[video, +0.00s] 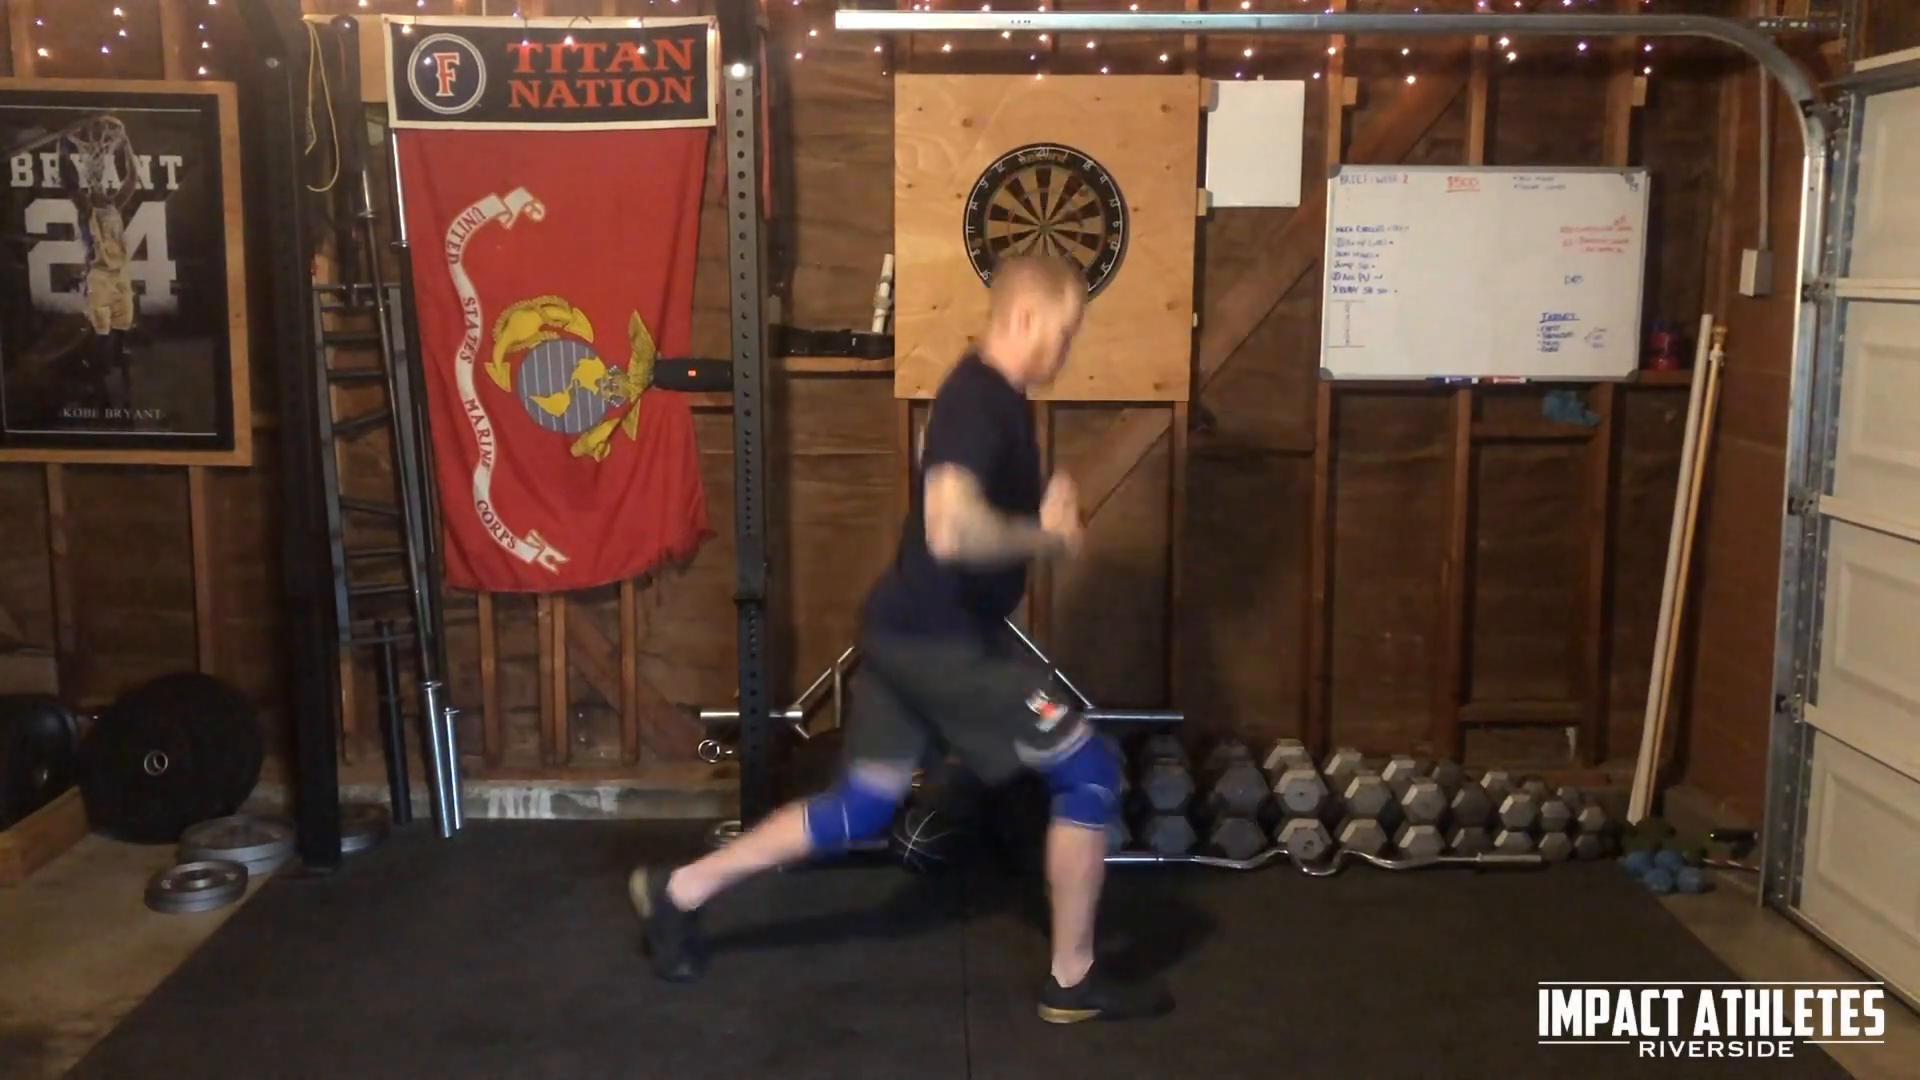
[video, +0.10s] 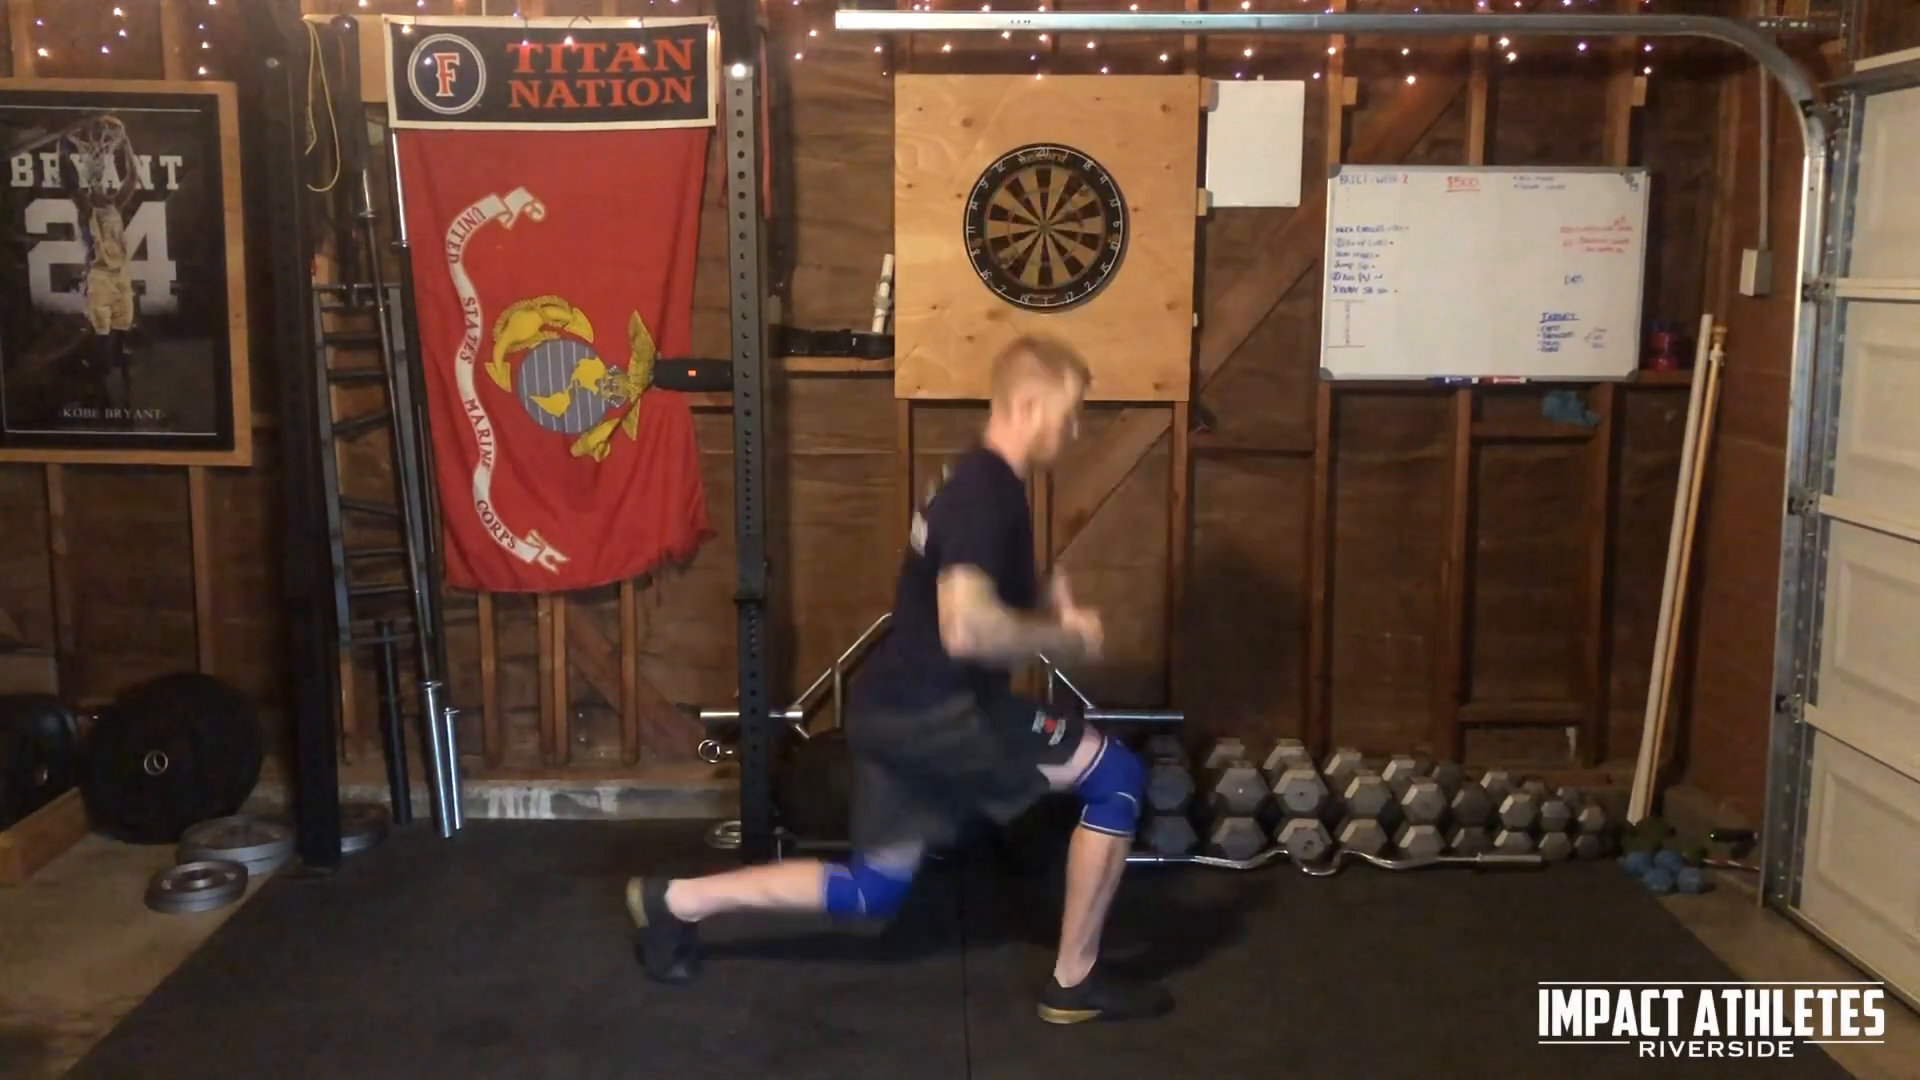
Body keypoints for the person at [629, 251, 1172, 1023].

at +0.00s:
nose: (1068, 348)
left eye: (1072, 331)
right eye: (1066, 329)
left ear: (1010, 318)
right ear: (1028, 320)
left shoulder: (995, 396)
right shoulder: (979, 396)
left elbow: (977, 513)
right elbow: (952, 530)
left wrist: (1041, 515)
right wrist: (1050, 537)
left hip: (910, 625)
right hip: (939, 631)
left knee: (861, 807)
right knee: (1088, 770)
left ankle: (678, 891)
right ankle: (1073, 978)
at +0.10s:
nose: (1075, 427)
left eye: (1078, 411)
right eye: (1072, 409)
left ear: (1020, 405)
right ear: (1028, 406)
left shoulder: (989, 481)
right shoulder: (983, 487)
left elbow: (991, 596)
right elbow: (967, 628)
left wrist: (1042, 600)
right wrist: (1065, 633)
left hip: (901, 712)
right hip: (934, 712)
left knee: (870, 890)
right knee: (1116, 778)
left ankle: (672, 901)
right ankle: (1076, 977)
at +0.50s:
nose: (1077, 428)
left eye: (1078, 411)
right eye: (1072, 410)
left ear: (1015, 406)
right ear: (1032, 410)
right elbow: (1010, 636)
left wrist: (1047, 569)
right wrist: (1072, 590)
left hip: (903, 709)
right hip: (950, 712)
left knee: (867, 880)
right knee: (1120, 778)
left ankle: (667, 902)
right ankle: (1078, 975)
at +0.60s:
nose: (1075, 333)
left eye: (1079, 316)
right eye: (1071, 314)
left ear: (1018, 309)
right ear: (1033, 307)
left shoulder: (992, 383)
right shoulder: (994, 389)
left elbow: (1002, 507)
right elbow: (993, 522)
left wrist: (1052, 495)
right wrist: (1061, 487)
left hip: (911, 619)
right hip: (950, 626)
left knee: (871, 784)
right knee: (1083, 758)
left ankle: (700, 883)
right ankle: (1077, 970)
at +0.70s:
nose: (1087, 258)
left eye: (1091, 241)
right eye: (1086, 238)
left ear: (1020, 225)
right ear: (1044, 227)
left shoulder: (992, 304)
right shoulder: (1000, 309)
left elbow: (974, 412)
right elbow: (981, 432)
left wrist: (1041, 394)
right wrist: (1055, 415)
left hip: (917, 537)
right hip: (949, 545)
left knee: (922, 720)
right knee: (1023, 725)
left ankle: (770, 853)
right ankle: (999, 938)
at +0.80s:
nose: (1093, 233)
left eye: (1099, 217)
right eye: (1093, 212)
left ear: (1035, 193)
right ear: (1048, 193)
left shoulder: (994, 266)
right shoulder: (1001, 271)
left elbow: (979, 389)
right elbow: (984, 402)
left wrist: (1047, 381)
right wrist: (1066, 392)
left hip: (948, 515)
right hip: (944, 520)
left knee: (966, 698)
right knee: (978, 707)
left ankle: (873, 874)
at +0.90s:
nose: (1092, 254)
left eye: (1099, 238)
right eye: (1093, 234)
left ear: (1039, 214)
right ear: (1051, 214)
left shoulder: (1001, 286)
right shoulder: (999, 293)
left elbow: (946, 363)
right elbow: (986, 423)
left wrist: (1032, 407)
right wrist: (1066, 417)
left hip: (971, 544)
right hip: (939, 544)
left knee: (1012, 706)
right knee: (923, 737)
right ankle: (740, 868)